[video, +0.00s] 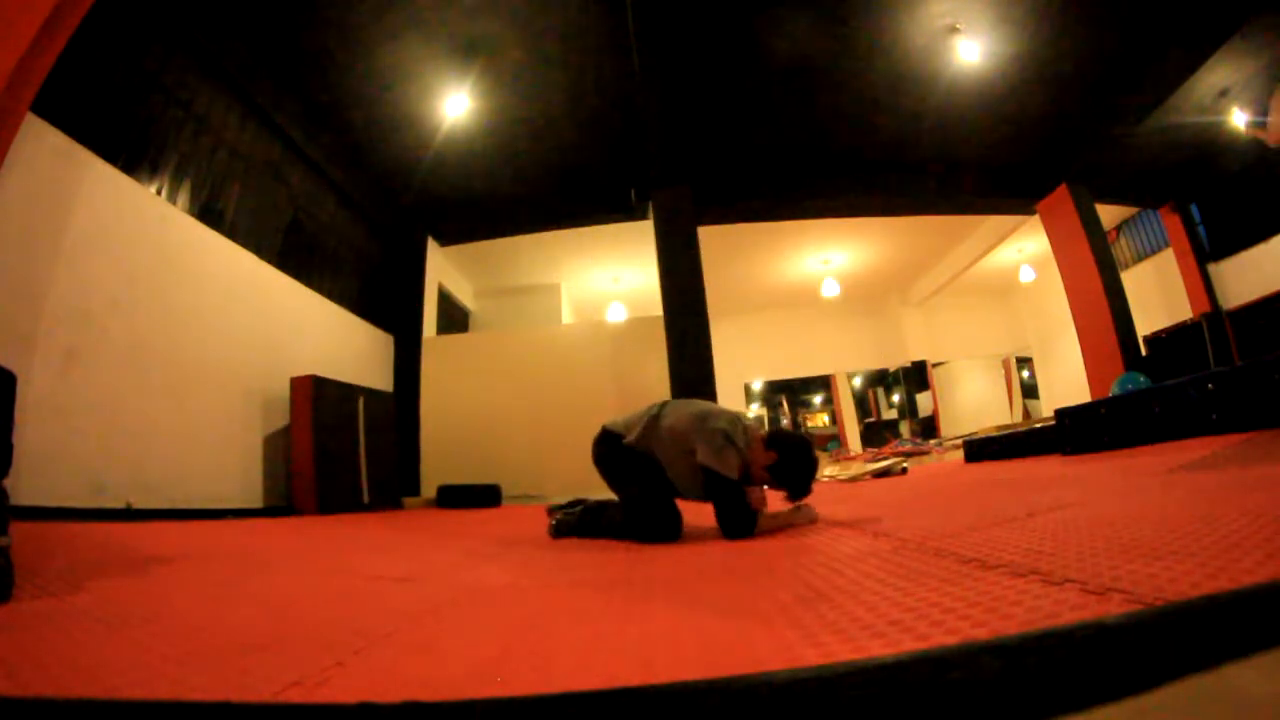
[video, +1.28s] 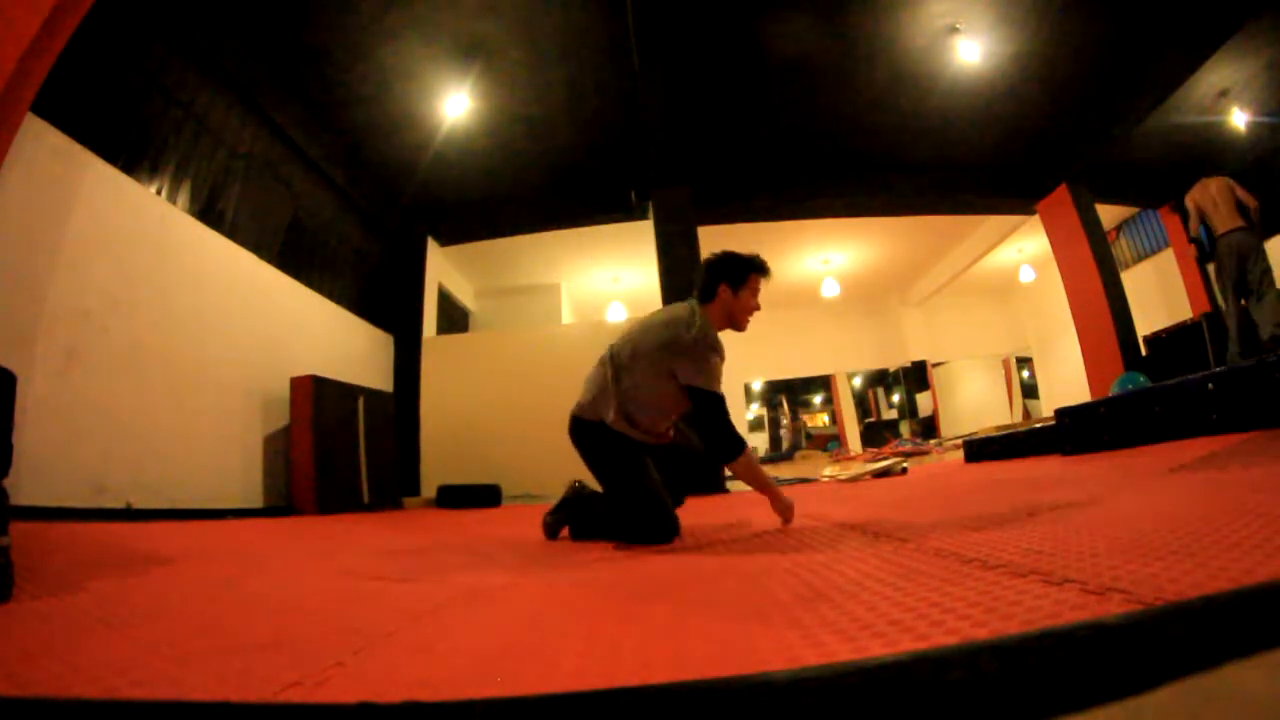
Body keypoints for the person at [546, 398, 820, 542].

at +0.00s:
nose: (761, 487)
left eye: (769, 486)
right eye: (767, 481)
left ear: (767, 449)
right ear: (768, 458)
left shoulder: (738, 436)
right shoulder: (720, 438)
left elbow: (731, 516)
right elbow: (736, 527)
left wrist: (751, 507)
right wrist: (789, 520)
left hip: (639, 449)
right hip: (618, 448)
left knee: (663, 518)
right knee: (664, 527)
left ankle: (588, 510)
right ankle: (579, 520)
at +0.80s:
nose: (774, 446)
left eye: (782, 440)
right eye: (771, 432)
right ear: (743, 417)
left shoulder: (721, 431)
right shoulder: (714, 433)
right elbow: (735, 528)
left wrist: (749, 507)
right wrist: (788, 518)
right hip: (585, 442)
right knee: (658, 527)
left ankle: (581, 505)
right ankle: (576, 513)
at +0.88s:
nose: (777, 432)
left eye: (784, 424)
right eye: (775, 419)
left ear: (742, 404)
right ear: (746, 404)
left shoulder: (719, 414)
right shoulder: (715, 425)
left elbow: (679, 484)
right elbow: (735, 526)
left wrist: (738, 502)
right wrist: (787, 517)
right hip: (584, 438)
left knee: (655, 518)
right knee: (658, 528)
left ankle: (582, 506)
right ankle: (577, 512)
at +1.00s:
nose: (782, 400)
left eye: (786, 390)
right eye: (781, 388)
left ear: (744, 376)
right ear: (748, 377)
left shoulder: (712, 385)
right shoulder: (715, 406)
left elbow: (700, 484)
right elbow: (730, 507)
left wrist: (772, 516)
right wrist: (783, 518)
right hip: (587, 436)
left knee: (654, 517)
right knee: (659, 529)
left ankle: (582, 499)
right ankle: (576, 511)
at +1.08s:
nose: (779, 368)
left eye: (781, 358)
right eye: (776, 356)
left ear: (743, 351)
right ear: (744, 352)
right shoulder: (712, 378)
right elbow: (726, 472)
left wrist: (774, 506)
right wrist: (783, 512)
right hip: (592, 434)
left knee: (653, 519)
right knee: (658, 528)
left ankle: (580, 503)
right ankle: (576, 508)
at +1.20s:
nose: (767, 326)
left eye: (768, 315)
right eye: (763, 314)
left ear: (732, 314)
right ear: (733, 312)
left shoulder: (697, 335)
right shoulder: (701, 354)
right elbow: (730, 448)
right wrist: (782, 496)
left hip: (630, 426)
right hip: (597, 428)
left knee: (662, 472)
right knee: (659, 527)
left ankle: (593, 503)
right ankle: (576, 508)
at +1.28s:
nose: (758, 306)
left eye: (758, 296)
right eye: (752, 294)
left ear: (723, 293)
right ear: (725, 293)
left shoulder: (692, 325)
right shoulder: (695, 339)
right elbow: (721, 436)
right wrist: (774, 494)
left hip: (640, 426)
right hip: (602, 427)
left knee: (704, 468)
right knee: (658, 526)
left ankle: (633, 508)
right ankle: (579, 506)